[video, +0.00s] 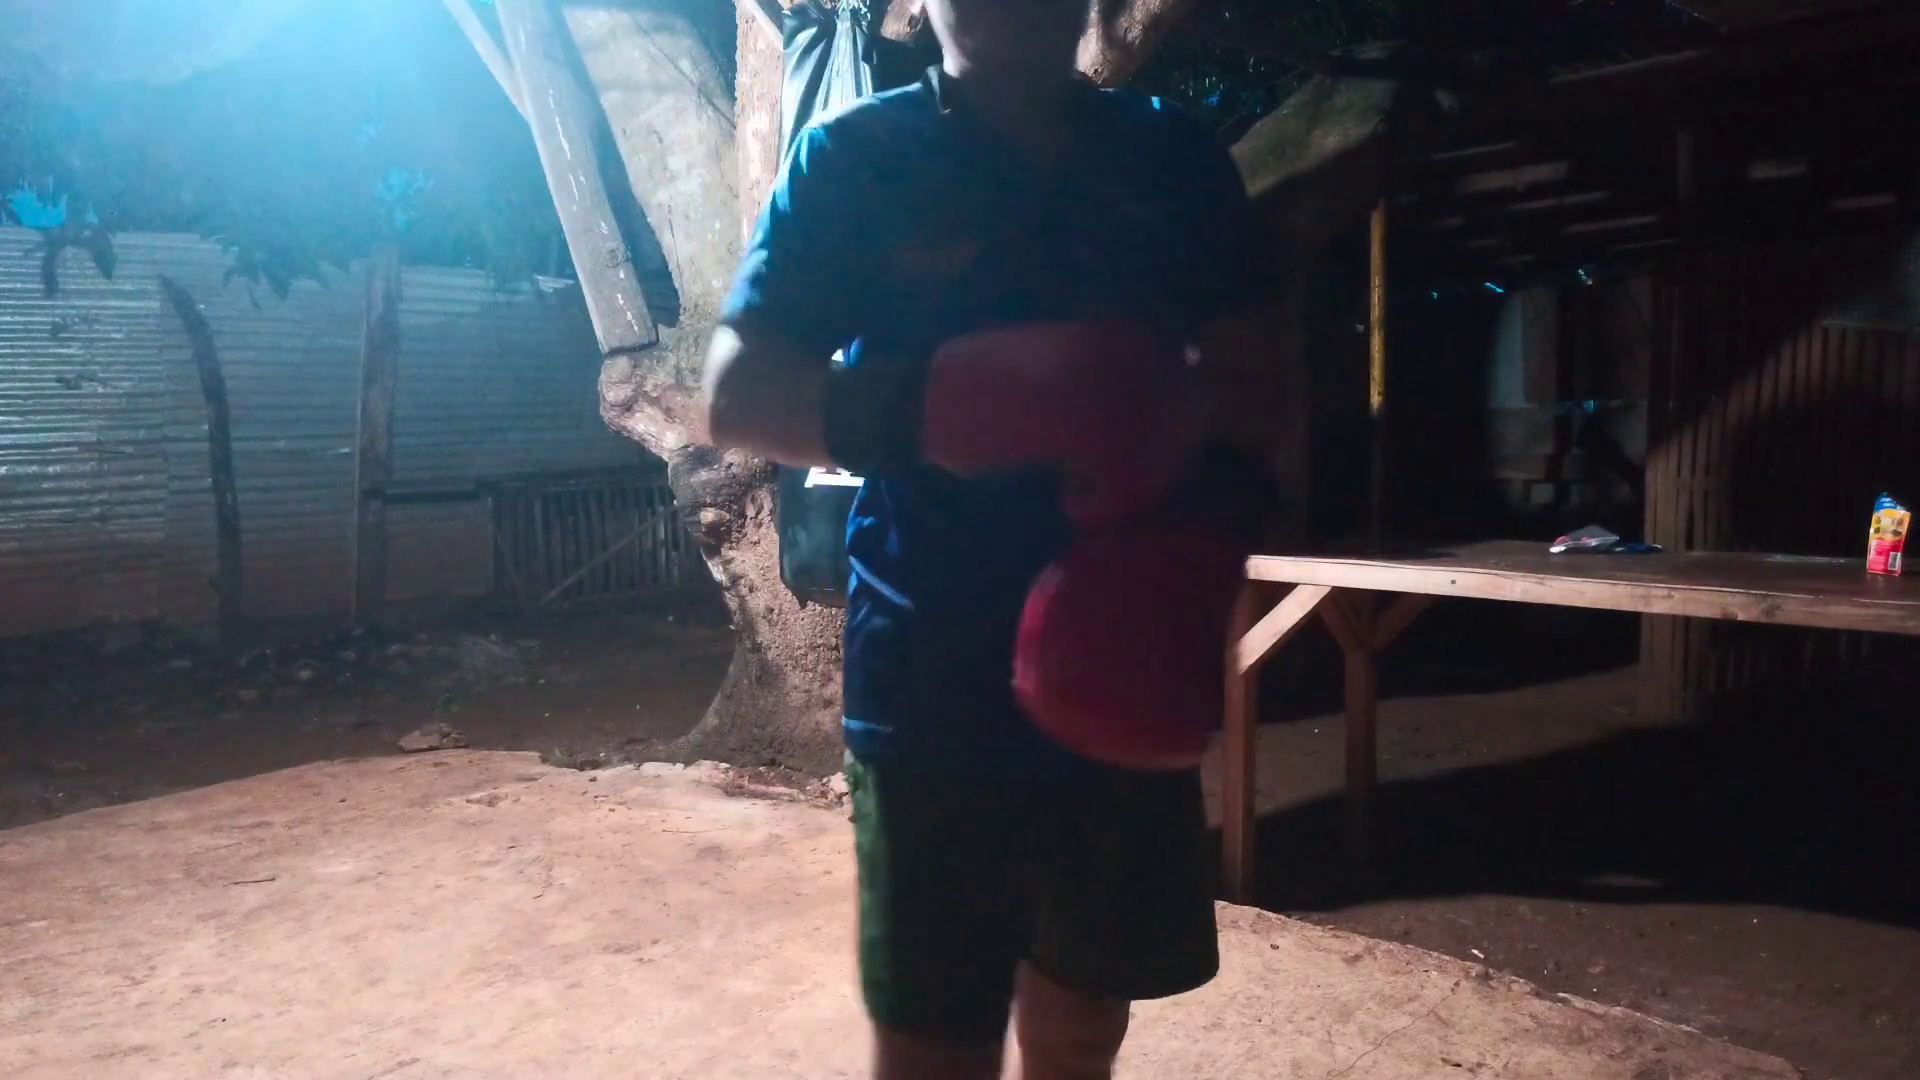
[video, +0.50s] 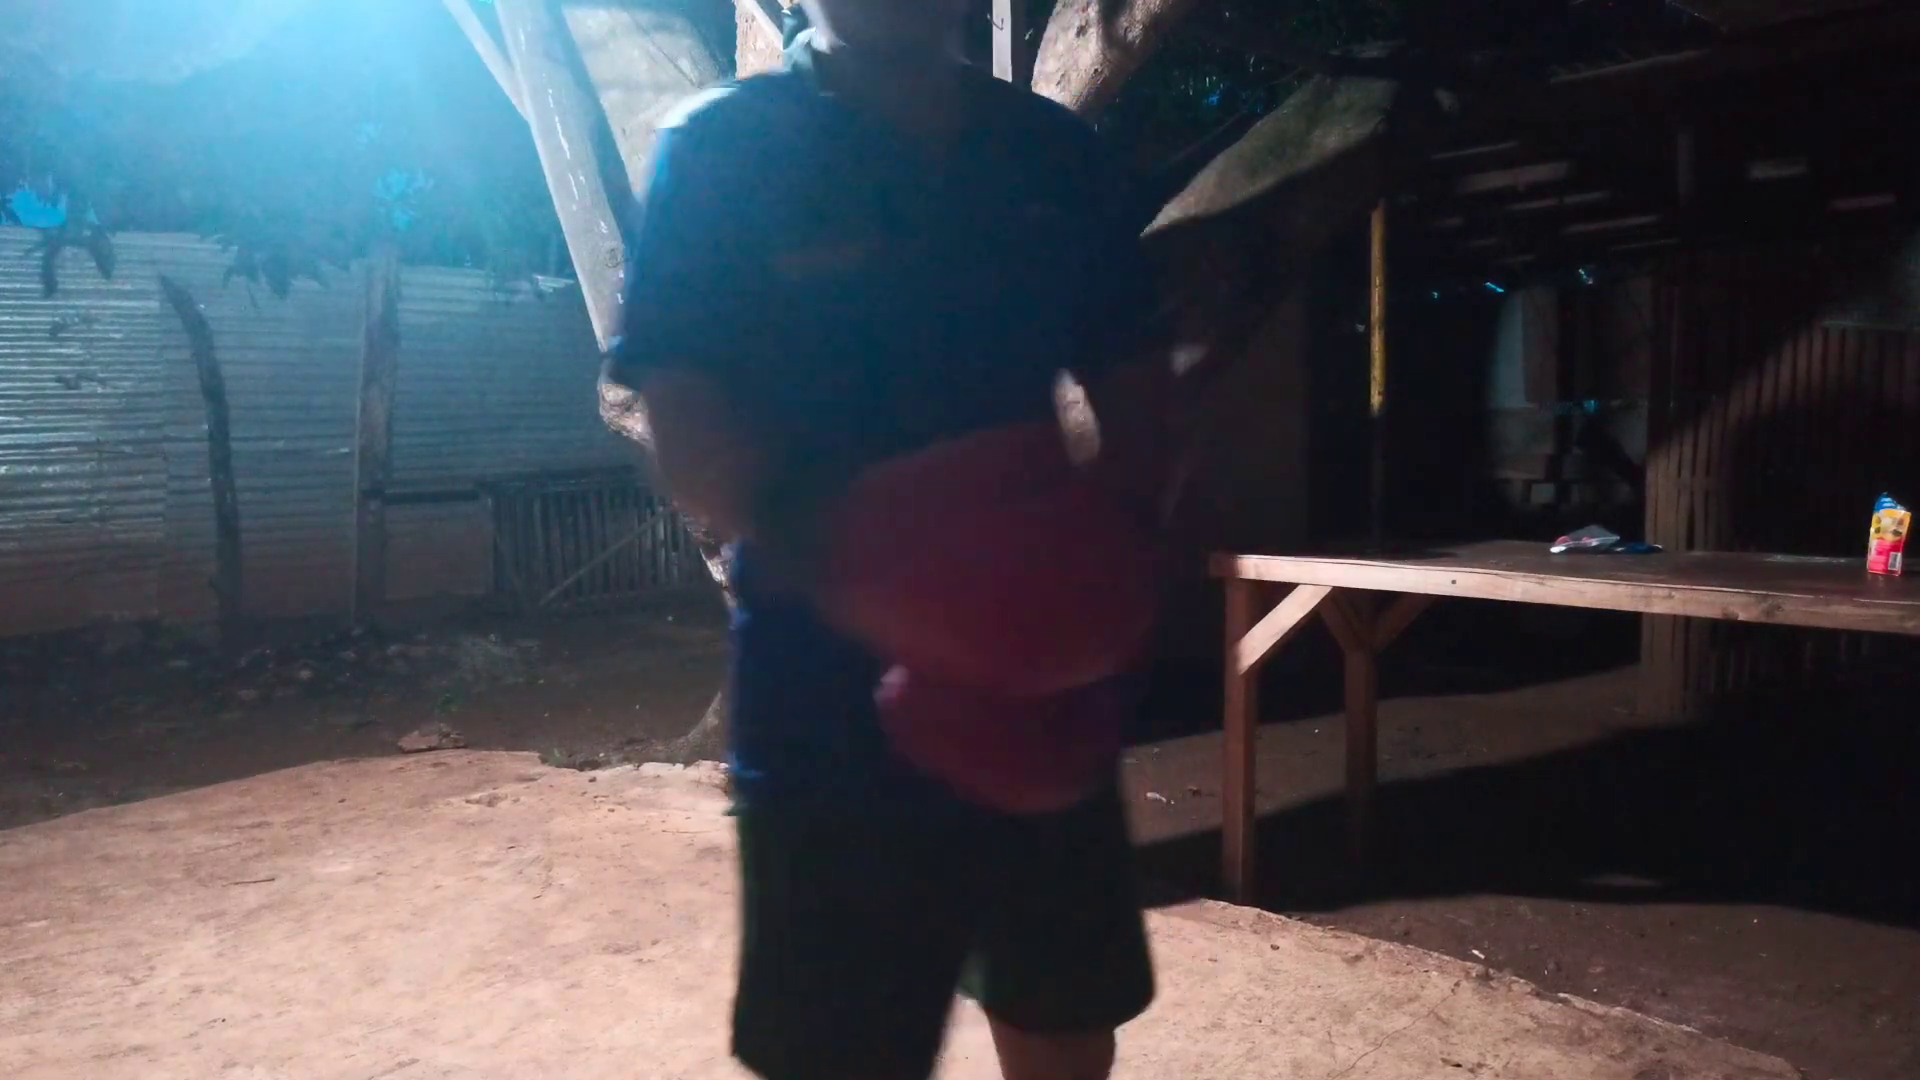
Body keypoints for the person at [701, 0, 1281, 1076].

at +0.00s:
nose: (1003, 2)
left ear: (1087, 2)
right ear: (922, 5)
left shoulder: (1170, 154)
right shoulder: (856, 154)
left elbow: (1265, 385)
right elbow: (742, 398)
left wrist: (1173, 420)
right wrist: (943, 404)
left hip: (1122, 662)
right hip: (932, 667)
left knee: (1082, 1023)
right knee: (931, 1043)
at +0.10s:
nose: (992, 0)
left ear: (1070, 3)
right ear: (903, 8)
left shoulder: (1162, 150)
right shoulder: (840, 157)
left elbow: (1247, 387)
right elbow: (752, 404)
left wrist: (1155, 549)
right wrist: (971, 400)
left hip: (1123, 656)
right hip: (926, 663)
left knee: (1084, 1004)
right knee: (923, 1035)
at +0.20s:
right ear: (885, 1)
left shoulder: (1150, 155)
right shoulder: (825, 157)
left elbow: (1234, 401)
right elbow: (757, 410)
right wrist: (988, 407)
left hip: (1113, 683)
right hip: (908, 684)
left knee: (1080, 1028)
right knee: (909, 1047)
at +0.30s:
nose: (956, 2)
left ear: (1028, 2)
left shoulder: (1125, 156)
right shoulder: (791, 150)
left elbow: (1222, 393)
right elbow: (740, 412)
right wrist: (1002, 447)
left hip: (1095, 689)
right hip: (884, 698)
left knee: (1073, 1042)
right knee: (889, 1057)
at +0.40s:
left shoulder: (1093, 151)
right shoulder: (761, 142)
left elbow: (1156, 407)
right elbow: (709, 423)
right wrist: (930, 484)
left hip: (1073, 688)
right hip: (859, 693)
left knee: (1066, 1041)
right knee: (887, 1056)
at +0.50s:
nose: (907, 2)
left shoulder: (1056, 148)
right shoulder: (728, 144)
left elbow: (1141, 401)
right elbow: (689, 441)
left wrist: (1087, 572)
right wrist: (905, 586)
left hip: (1040, 681)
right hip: (828, 693)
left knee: (1067, 1034)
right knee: (837, 1053)